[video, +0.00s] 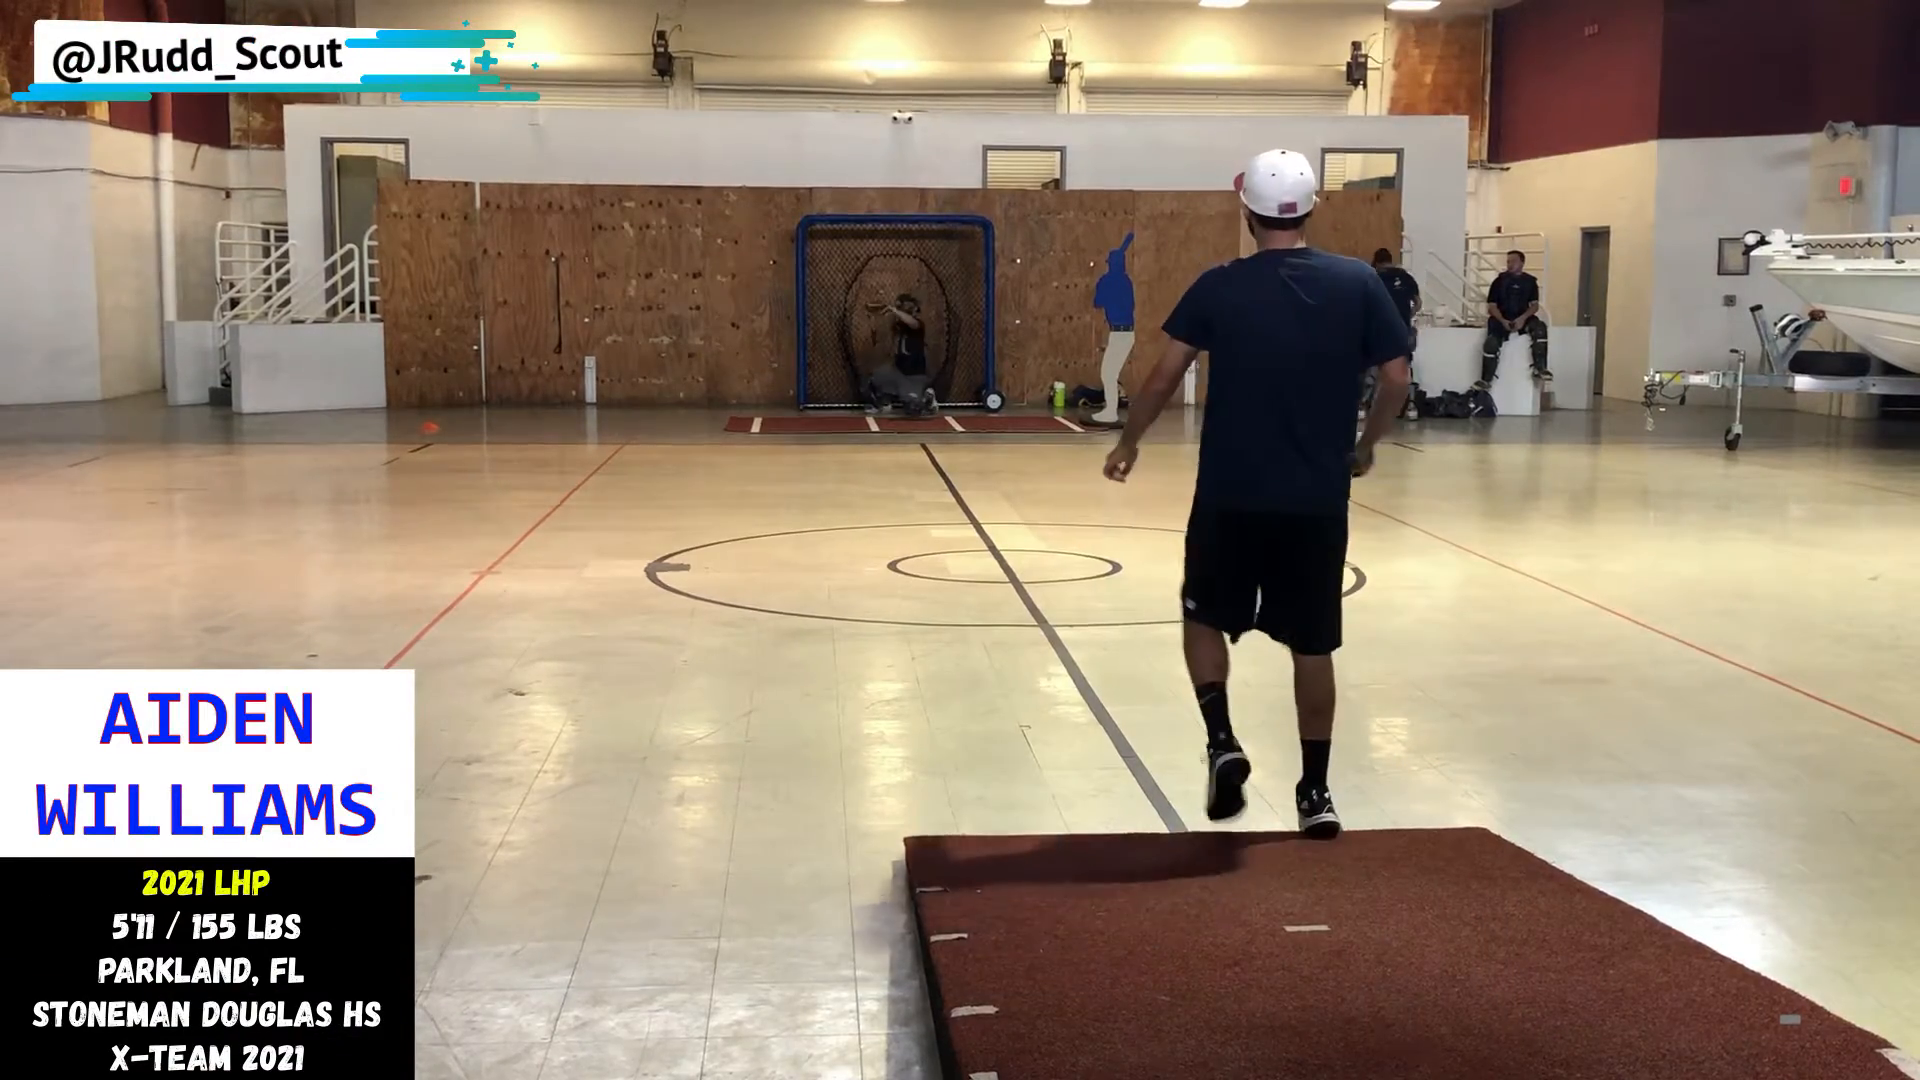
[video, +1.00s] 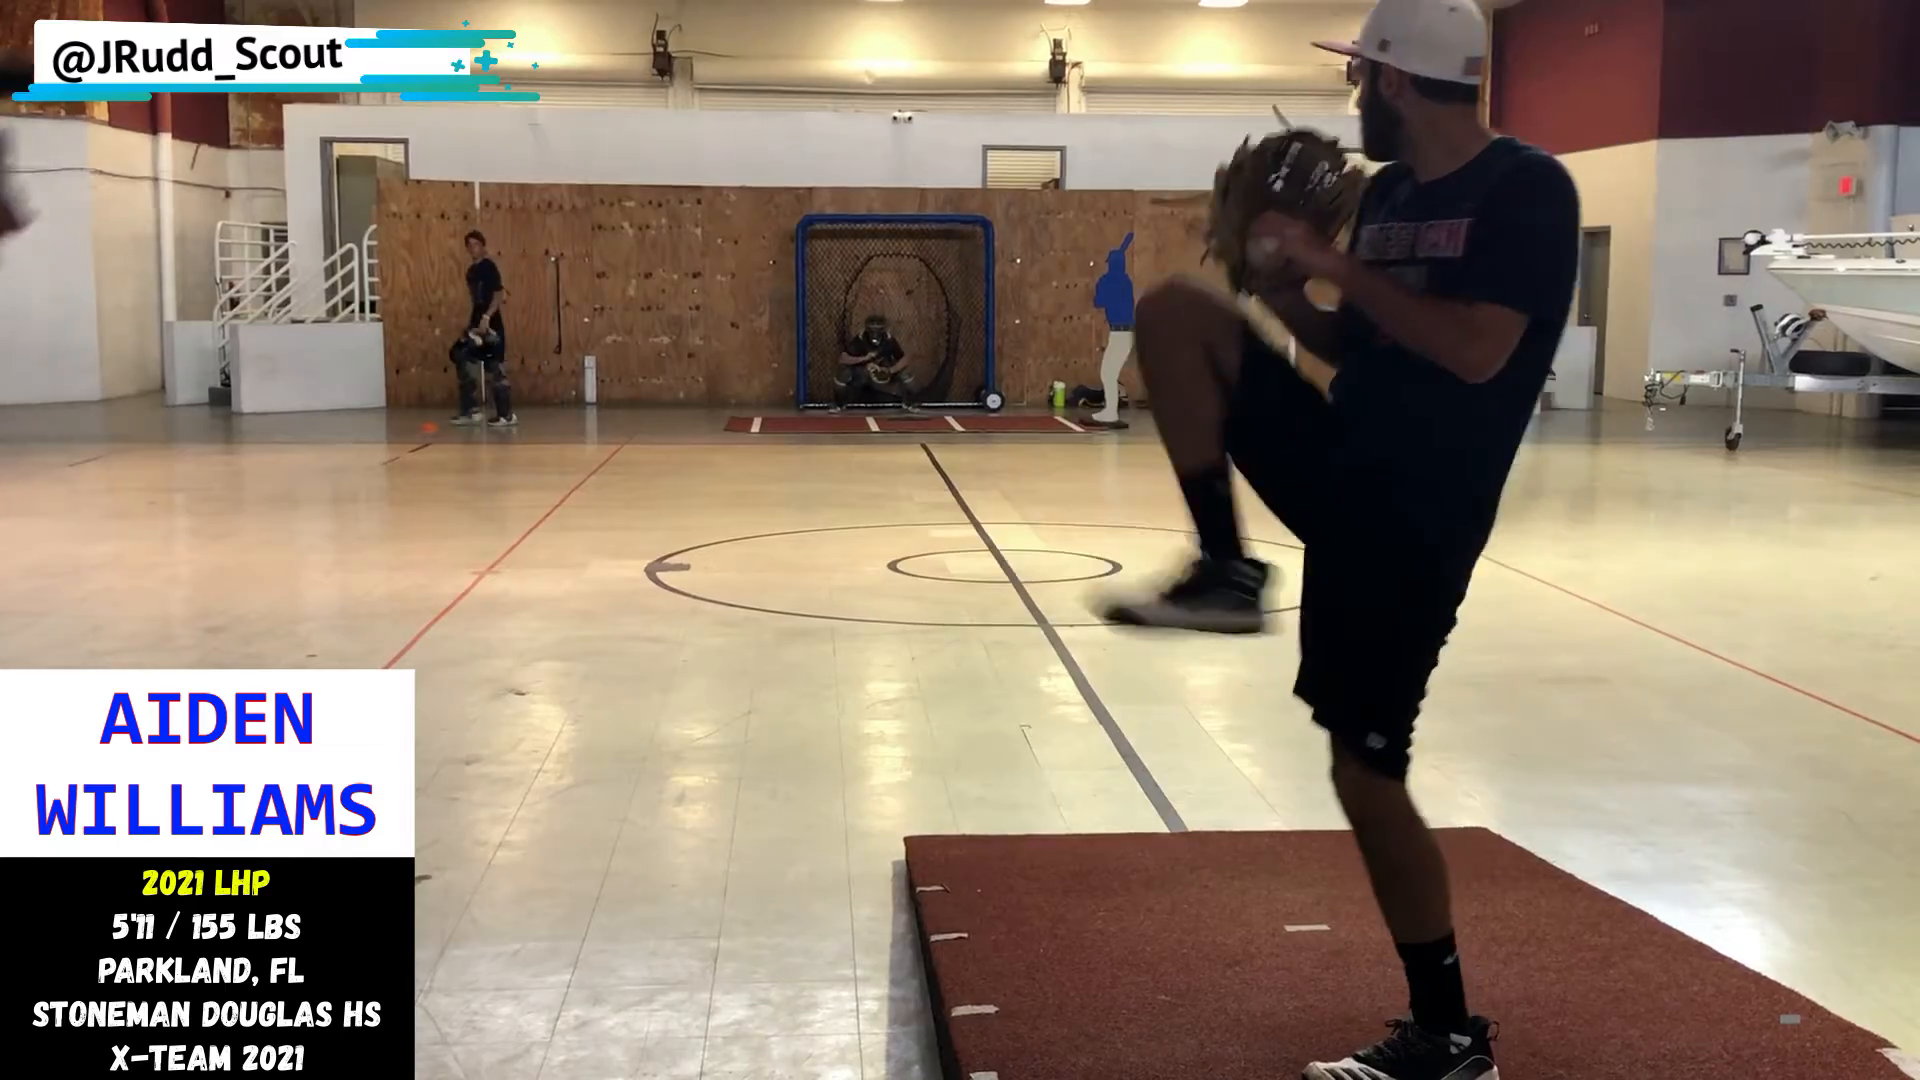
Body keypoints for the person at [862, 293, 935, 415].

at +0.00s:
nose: (900, 311)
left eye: (904, 307)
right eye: (899, 308)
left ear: (914, 309)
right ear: (897, 310)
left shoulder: (918, 325)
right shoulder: (898, 325)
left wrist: (894, 311)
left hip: (914, 374)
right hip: (898, 369)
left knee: (911, 409)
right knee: (875, 379)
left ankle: (928, 399)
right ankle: (884, 403)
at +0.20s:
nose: (904, 303)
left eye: (908, 300)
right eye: (903, 300)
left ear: (916, 303)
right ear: (900, 303)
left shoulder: (916, 320)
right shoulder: (902, 317)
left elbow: (898, 321)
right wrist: (884, 315)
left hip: (913, 372)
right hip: (898, 369)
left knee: (909, 409)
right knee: (875, 379)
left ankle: (927, 399)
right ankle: (884, 403)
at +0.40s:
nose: (893, 328)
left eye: (896, 325)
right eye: (890, 325)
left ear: (901, 325)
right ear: (885, 324)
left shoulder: (908, 339)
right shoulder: (875, 339)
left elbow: (918, 358)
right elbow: (868, 359)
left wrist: (900, 362)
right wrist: (882, 353)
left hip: (903, 382)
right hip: (883, 381)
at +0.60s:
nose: (890, 319)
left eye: (893, 316)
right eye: (886, 316)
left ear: (898, 315)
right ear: (881, 315)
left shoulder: (905, 328)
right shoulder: (872, 327)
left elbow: (916, 349)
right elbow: (863, 346)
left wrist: (901, 355)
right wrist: (878, 343)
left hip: (898, 370)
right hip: (877, 370)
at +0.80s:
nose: (882, 326)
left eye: (885, 323)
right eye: (878, 323)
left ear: (889, 322)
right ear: (873, 321)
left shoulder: (896, 333)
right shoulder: (866, 332)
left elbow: (909, 353)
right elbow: (850, 354)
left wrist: (895, 362)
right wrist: (870, 352)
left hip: (890, 367)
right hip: (868, 369)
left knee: (907, 371)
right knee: (848, 370)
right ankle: (839, 402)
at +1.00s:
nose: (876, 334)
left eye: (879, 330)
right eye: (872, 330)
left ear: (884, 329)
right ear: (867, 329)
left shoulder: (890, 341)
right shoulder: (859, 340)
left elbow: (904, 360)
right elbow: (843, 359)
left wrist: (890, 371)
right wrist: (865, 358)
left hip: (885, 375)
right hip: (862, 377)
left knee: (905, 374)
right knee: (844, 372)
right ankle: (841, 403)